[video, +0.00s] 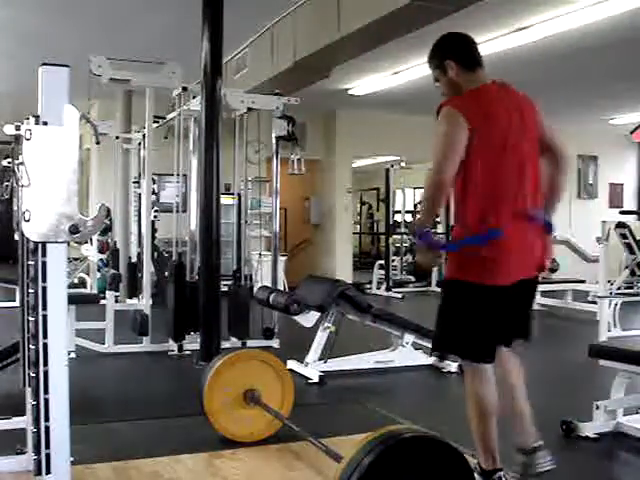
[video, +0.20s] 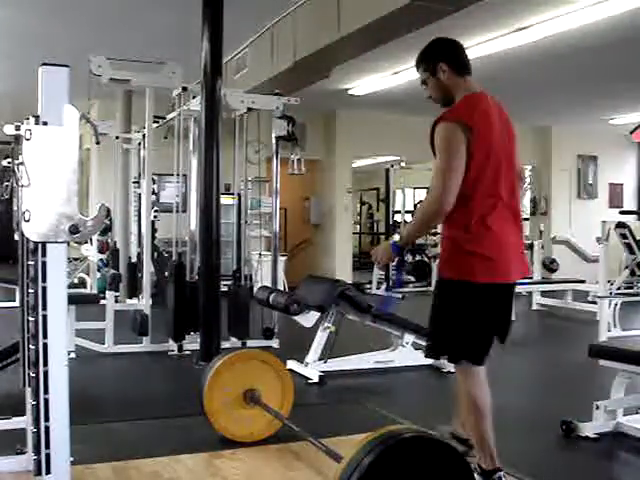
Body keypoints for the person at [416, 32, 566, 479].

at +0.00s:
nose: (439, 84)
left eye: (438, 76)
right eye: (437, 76)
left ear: (450, 68)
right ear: (479, 62)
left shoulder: (458, 109)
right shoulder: (520, 101)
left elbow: (442, 175)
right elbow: (560, 157)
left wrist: (423, 234)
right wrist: (545, 215)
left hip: (480, 253)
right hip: (527, 249)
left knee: (475, 363)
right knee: (503, 345)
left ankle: (489, 466)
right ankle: (532, 444)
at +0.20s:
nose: (427, 93)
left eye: (426, 82)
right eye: (424, 85)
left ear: (443, 72)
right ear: (463, 70)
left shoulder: (455, 119)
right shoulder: (499, 113)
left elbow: (442, 199)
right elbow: (514, 180)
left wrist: (396, 244)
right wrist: (475, 217)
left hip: (470, 260)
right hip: (503, 258)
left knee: (469, 362)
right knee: (470, 353)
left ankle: (489, 463)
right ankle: (463, 433)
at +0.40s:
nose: (414, 105)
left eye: (414, 95)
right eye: (410, 98)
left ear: (436, 81)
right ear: (437, 82)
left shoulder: (460, 123)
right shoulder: (460, 122)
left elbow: (450, 204)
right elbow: (450, 205)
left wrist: (405, 240)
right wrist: (407, 238)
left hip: (453, 267)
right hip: (455, 266)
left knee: (428, 360)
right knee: (435, 361)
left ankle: (473, 450)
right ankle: (440, 442)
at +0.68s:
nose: (395, 105)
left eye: (397, 95)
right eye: (391, 98)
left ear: (420, 81)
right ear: (407, 89)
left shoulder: (452, 124)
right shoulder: (415, 133)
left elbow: (459, 195)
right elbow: (413, 196)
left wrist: (406, 232)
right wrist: (395, 232)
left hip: (445, 255)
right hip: (426, 253)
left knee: (405, 343)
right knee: (433, 345)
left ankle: (410, 437)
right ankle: (439, 433)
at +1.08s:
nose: (353, 106)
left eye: (355, 95)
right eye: (348, 98)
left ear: (379, 81)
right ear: (362, 89)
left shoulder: (424, 128)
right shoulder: (360, 125)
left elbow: (443, 198)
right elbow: (366, 194)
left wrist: (387, 165)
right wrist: (358, 253)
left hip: (407, 264)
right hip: (373, 261)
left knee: (375, 357)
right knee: (401, 354)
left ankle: (369, 452)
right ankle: (431, 426)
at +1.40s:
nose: (320, 125)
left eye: (321, 114)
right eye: (314, 118)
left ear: (343, 98)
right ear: (333, 103)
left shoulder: (397, 125)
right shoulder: (339, 130)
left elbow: (390, 196)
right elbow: (351, 199)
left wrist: (357, 138)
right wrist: (351, 253)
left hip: (392, 268)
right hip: (354, 262)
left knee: (374, 358)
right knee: (338, 342)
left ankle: (370, 446)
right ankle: (373, 422)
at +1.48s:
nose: (314, 130)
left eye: (314, 119)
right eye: (308, 124)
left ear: (332, 101)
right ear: (324, 106)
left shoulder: (390, 126)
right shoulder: (339, 132)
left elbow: (382, 197)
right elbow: (347, 207)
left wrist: (345, 143)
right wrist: (345, 260)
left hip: (388, 270)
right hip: (350, 265)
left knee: (373, 360)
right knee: (340, 348)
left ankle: (372, 451)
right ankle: (344, 437)